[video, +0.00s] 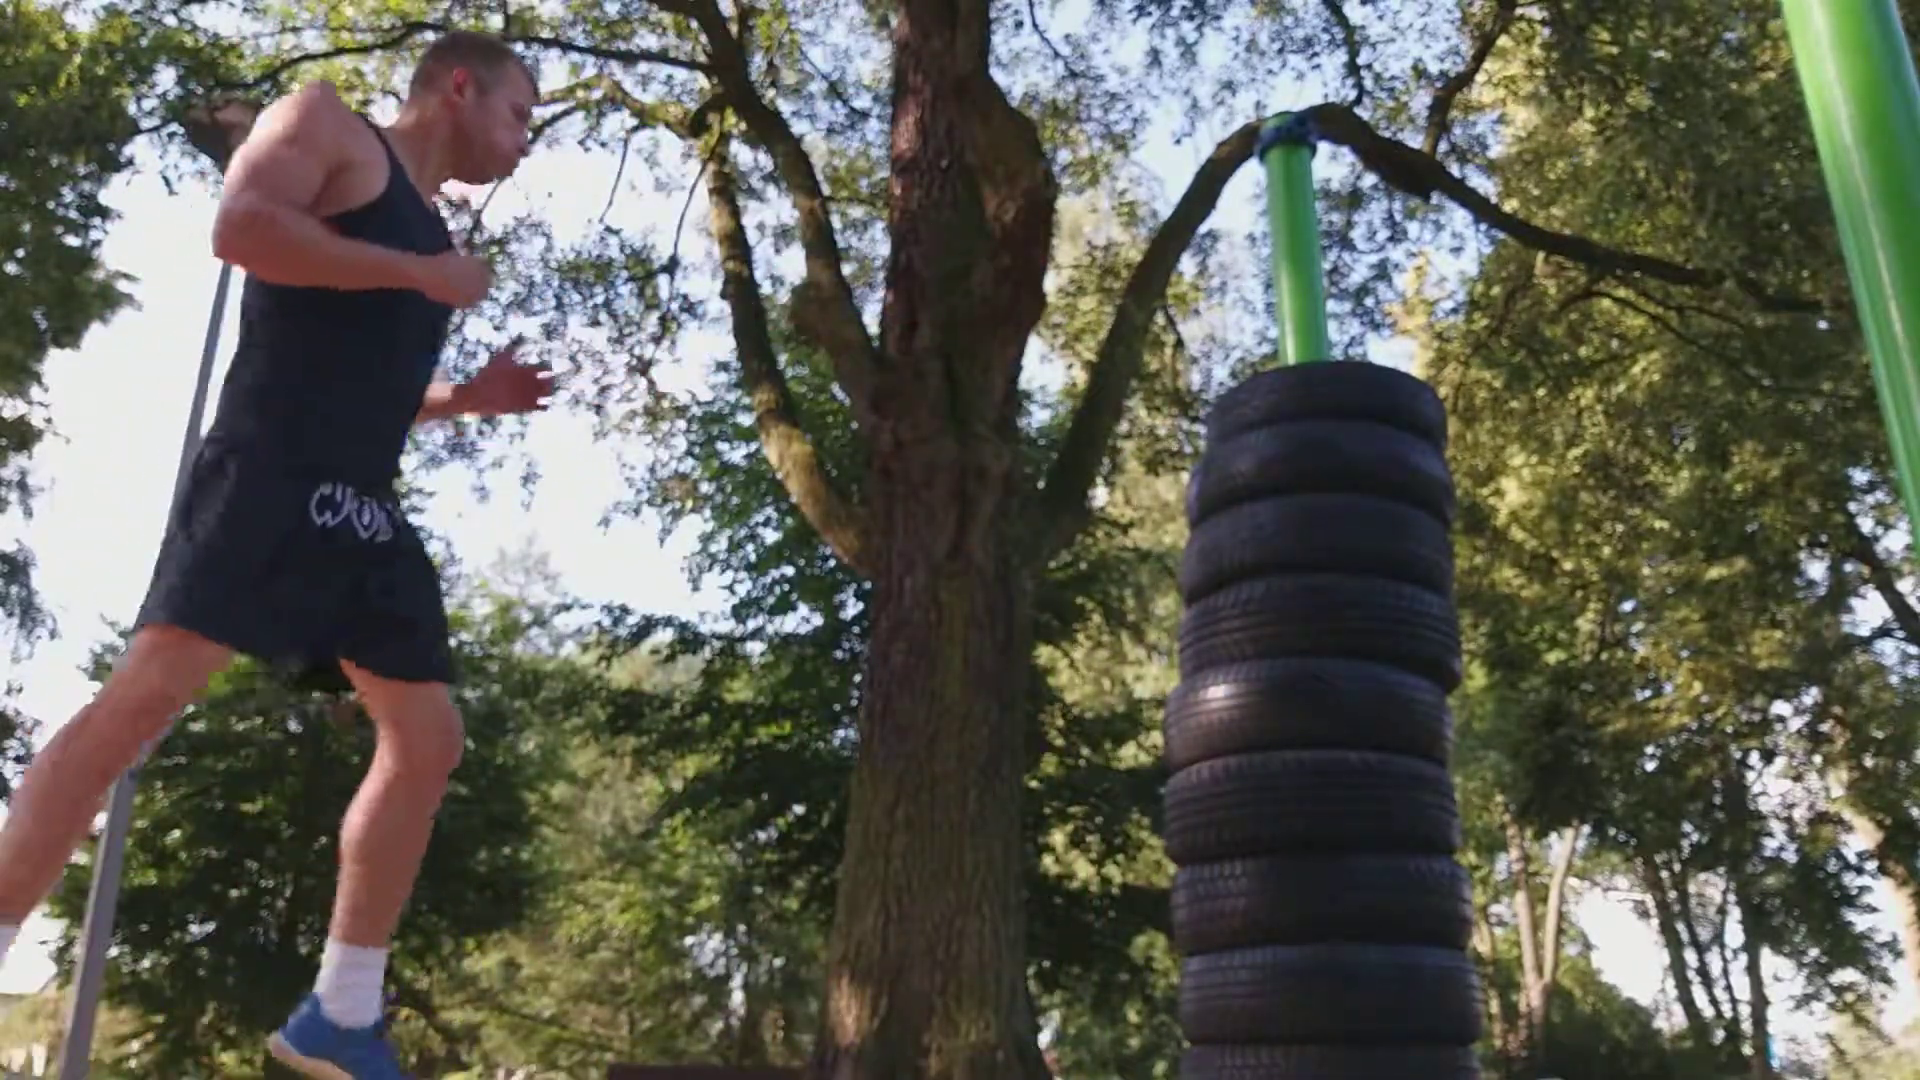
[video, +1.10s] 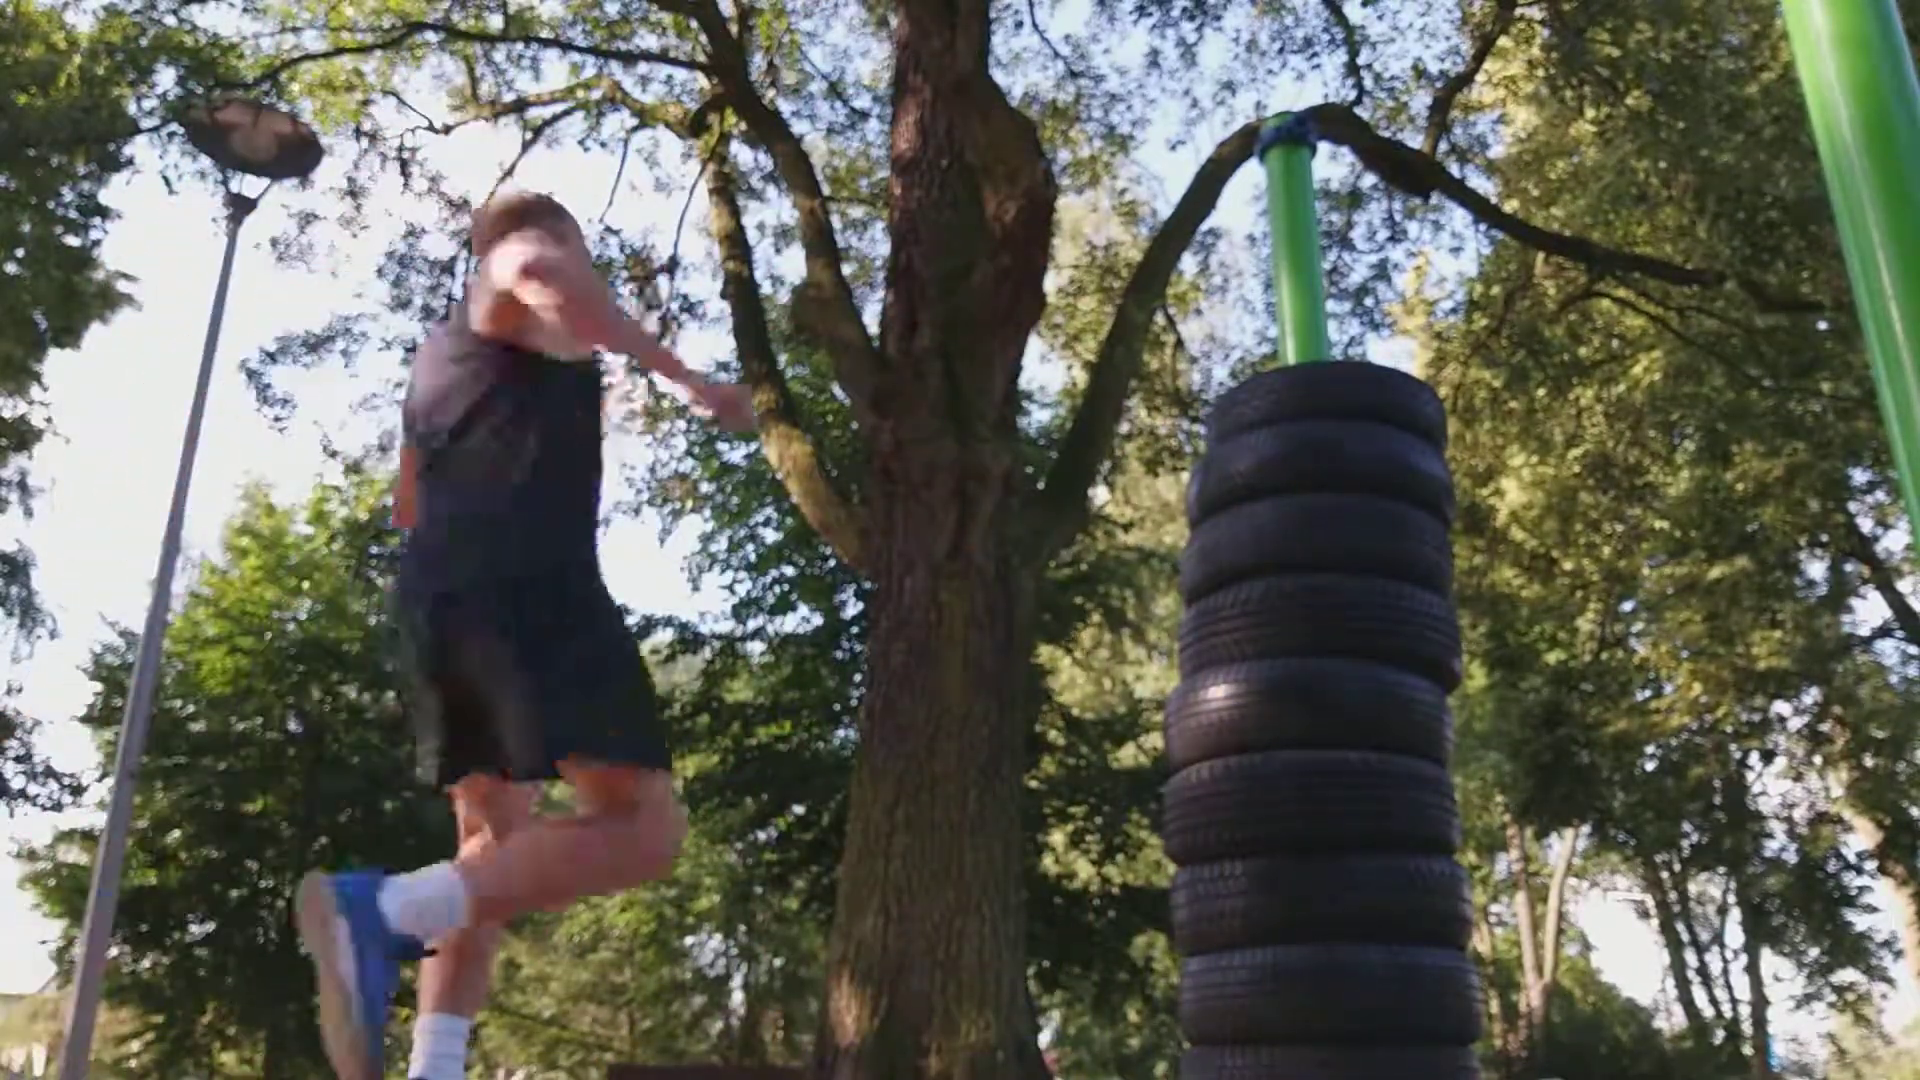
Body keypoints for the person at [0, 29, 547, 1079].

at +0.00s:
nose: (525, 143)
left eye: (531, 127)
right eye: (520, 117)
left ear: (463, 104)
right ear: (455, 88)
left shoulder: (432, 229)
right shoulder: (328, 114)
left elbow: (364, 390)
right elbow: (243, 227)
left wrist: (467, 395)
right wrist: (423, 273)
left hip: (365, 508)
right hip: (261, 483)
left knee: (424, 741)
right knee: (142, 703)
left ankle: (343, 1011)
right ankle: (3, 934)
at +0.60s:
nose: (473, 193)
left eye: (480, 177)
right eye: (465, 163)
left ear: (405, 151)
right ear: (398, 139)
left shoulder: (404, 315)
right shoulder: (256, 195)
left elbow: (396, 477)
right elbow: (140, 295)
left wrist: (453, 455)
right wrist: (335, 309)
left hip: (312, 597)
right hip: (182, 550)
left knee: (414, 796)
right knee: (36, 751)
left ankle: (251, 1045)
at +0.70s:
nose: (502, 176)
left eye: (509, 160)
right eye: (498, 149)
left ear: (448, 136)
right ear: (432, 118)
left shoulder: (435, 284)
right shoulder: (285, 165)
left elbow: (409, 434)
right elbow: (141, 278)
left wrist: (446, 434)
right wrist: (272, 358)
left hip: (350, 552)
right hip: (224, 522)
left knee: (444, 756)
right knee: (79, 734)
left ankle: (302, 1008)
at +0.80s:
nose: (534, 177)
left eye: (540, 159)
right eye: (529, 149)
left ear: (483, 137)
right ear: (468, 122)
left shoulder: (474, 284)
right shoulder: (316, 175)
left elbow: (490, 438)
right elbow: (165, 289)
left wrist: (518, 434)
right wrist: (189, 431)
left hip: (379, 547)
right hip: (266, 511)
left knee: (457, 761)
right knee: (148, 729)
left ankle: (365, 1028)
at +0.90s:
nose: (557, 228)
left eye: (559, 207)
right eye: (550, 201)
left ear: (492, 191)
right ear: (496, 182)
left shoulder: (498, 339)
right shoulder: (353, 239)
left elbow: (590, 451)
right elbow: (188, 344)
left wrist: (663, 385)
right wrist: (149, 497)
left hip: (403, 598)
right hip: (305, 563)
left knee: (476, 809)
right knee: (179, 769)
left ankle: (442, 1060)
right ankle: (5, 994)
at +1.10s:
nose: (587, 268)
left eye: (584, 258)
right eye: (579, 251)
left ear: (478, 250)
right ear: (549, 238)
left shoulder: (439, 347)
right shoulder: (531, 244)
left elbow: (410, 505)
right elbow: (546, 288)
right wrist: (684, 377)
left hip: (438, 593)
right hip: (528, 582)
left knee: (490, 844)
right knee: (645, 834)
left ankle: (436, 1068)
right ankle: (386, 913)